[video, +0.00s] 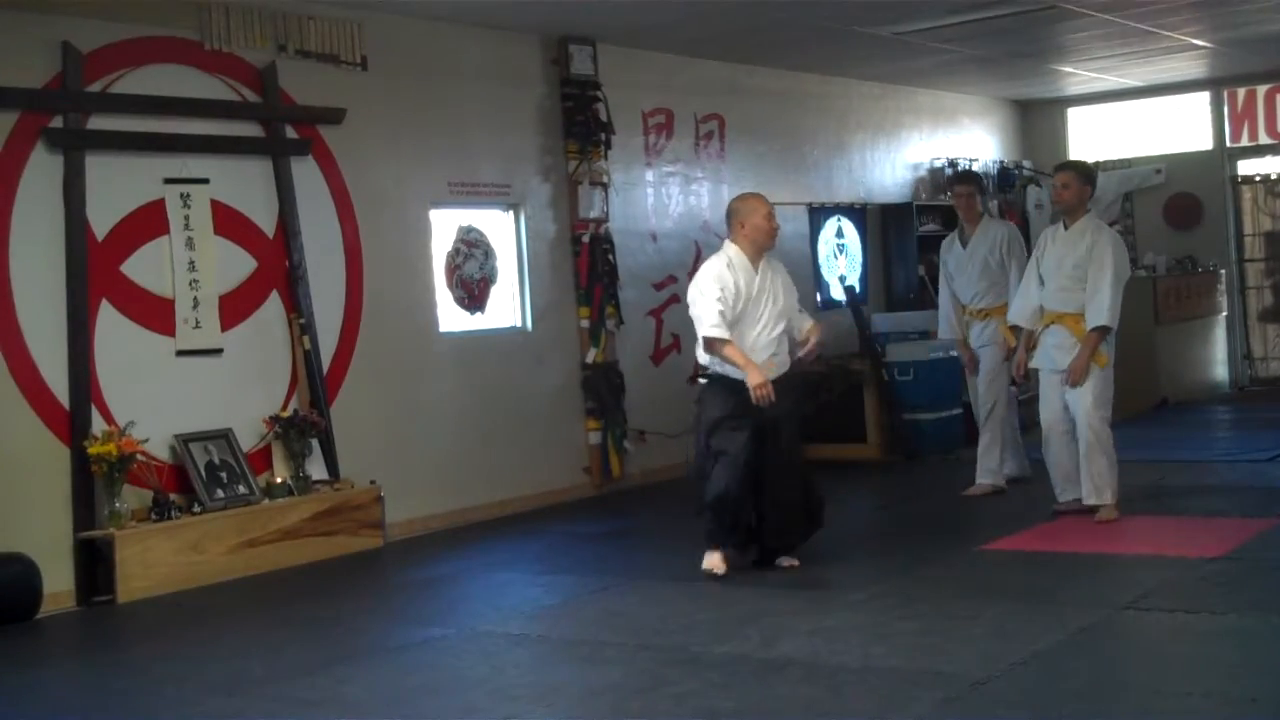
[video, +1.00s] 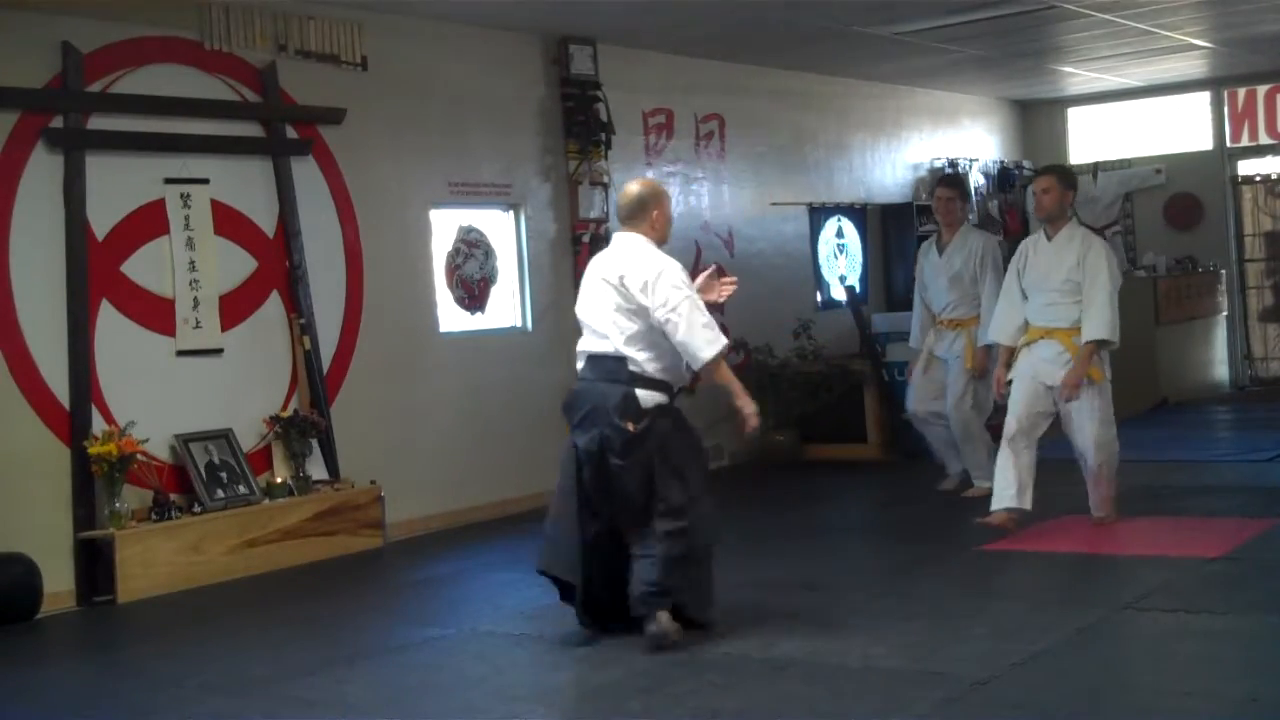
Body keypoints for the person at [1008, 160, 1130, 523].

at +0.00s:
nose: (1056, 193)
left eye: (1064, 187)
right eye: (1054, 187)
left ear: (1087, 191)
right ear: (1053, 192)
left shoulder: (1103, 237)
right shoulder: (1048, 238)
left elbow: (1106, 300)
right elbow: (1033, 294)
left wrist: (1085, 354)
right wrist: (1022, 346)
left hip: (1087, 336)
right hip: (1049, 336)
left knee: (1091, 420)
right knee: (1053, 421)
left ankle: (1105, 499)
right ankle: (1069, 495)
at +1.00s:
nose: (1037, 200)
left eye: (1045, 193)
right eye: (1034, 194)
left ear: (1069, 197)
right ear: (1033, 200)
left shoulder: (1093, 247)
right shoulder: (1027, 249)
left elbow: (1100, 309)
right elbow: (1011, 305)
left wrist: (1080, 365)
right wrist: (1002, 362)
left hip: (1080, 351)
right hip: (1035, 350)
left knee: (1094, 439)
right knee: (1016, 428)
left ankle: (1102, 507)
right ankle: (1008, 508)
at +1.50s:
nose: (958, 187)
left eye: (967, 179)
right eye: (955, 181)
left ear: (991, 183)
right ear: (954, 187)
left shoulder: (1017, 236)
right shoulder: (945, 240)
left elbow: (1029, 296)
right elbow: (925, 294)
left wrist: (1028, 355)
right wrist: (910, 350)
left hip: (1000, 346)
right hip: (956, 347)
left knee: (990, 436)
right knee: (958, 442)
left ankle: (1004, 518)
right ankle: (976, 526)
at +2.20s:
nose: (908, 179)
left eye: (917, 171)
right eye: (905, 172)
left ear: (944, 177)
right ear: (903, 178)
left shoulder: (966, 236)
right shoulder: (891, 233)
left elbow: (975, 303)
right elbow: (869, 298)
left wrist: (959, 358)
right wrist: (858, 357)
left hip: (940, 356)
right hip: (889, 356)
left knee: (942, 459)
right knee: (879, 455)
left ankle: (940, 552)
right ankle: (896, 547)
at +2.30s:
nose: (904, 181)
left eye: (914, 173)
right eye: (901, 174)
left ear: (940, 178)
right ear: (899, 180)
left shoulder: (962, 238)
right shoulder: (885, 235)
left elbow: (971, 304)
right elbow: (864, 299)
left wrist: (949, 352)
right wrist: (854, 358)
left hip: (936, 357)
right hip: (884, 359)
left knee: (942, 461)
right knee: (876, 457)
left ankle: (939, 554)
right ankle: (884, 555)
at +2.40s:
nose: (899, 184)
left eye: (908, 176)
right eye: (895, 177)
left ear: (934, 182)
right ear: (892, 183)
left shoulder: (956, 241)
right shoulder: (879, 239)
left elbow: (962, 306)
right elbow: (857, 304)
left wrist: (936, 351)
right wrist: (849, 362)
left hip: (932, 362)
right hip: (880, 365)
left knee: (942, 466)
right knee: (867, 460)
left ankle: (938, 556)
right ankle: (881, 559)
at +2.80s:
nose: (851, 197)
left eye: (860, 188)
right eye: (847, 189)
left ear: (887, 192)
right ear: (844, 194)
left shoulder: (906, 248)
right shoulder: (842, 251)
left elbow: (882, 308)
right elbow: (823, 316)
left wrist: (833, 327)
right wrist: (820, 369)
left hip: (895, 375)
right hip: (846, 376)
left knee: (885, 477)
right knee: (841, 480)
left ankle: (928, 541)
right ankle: (880, 572)